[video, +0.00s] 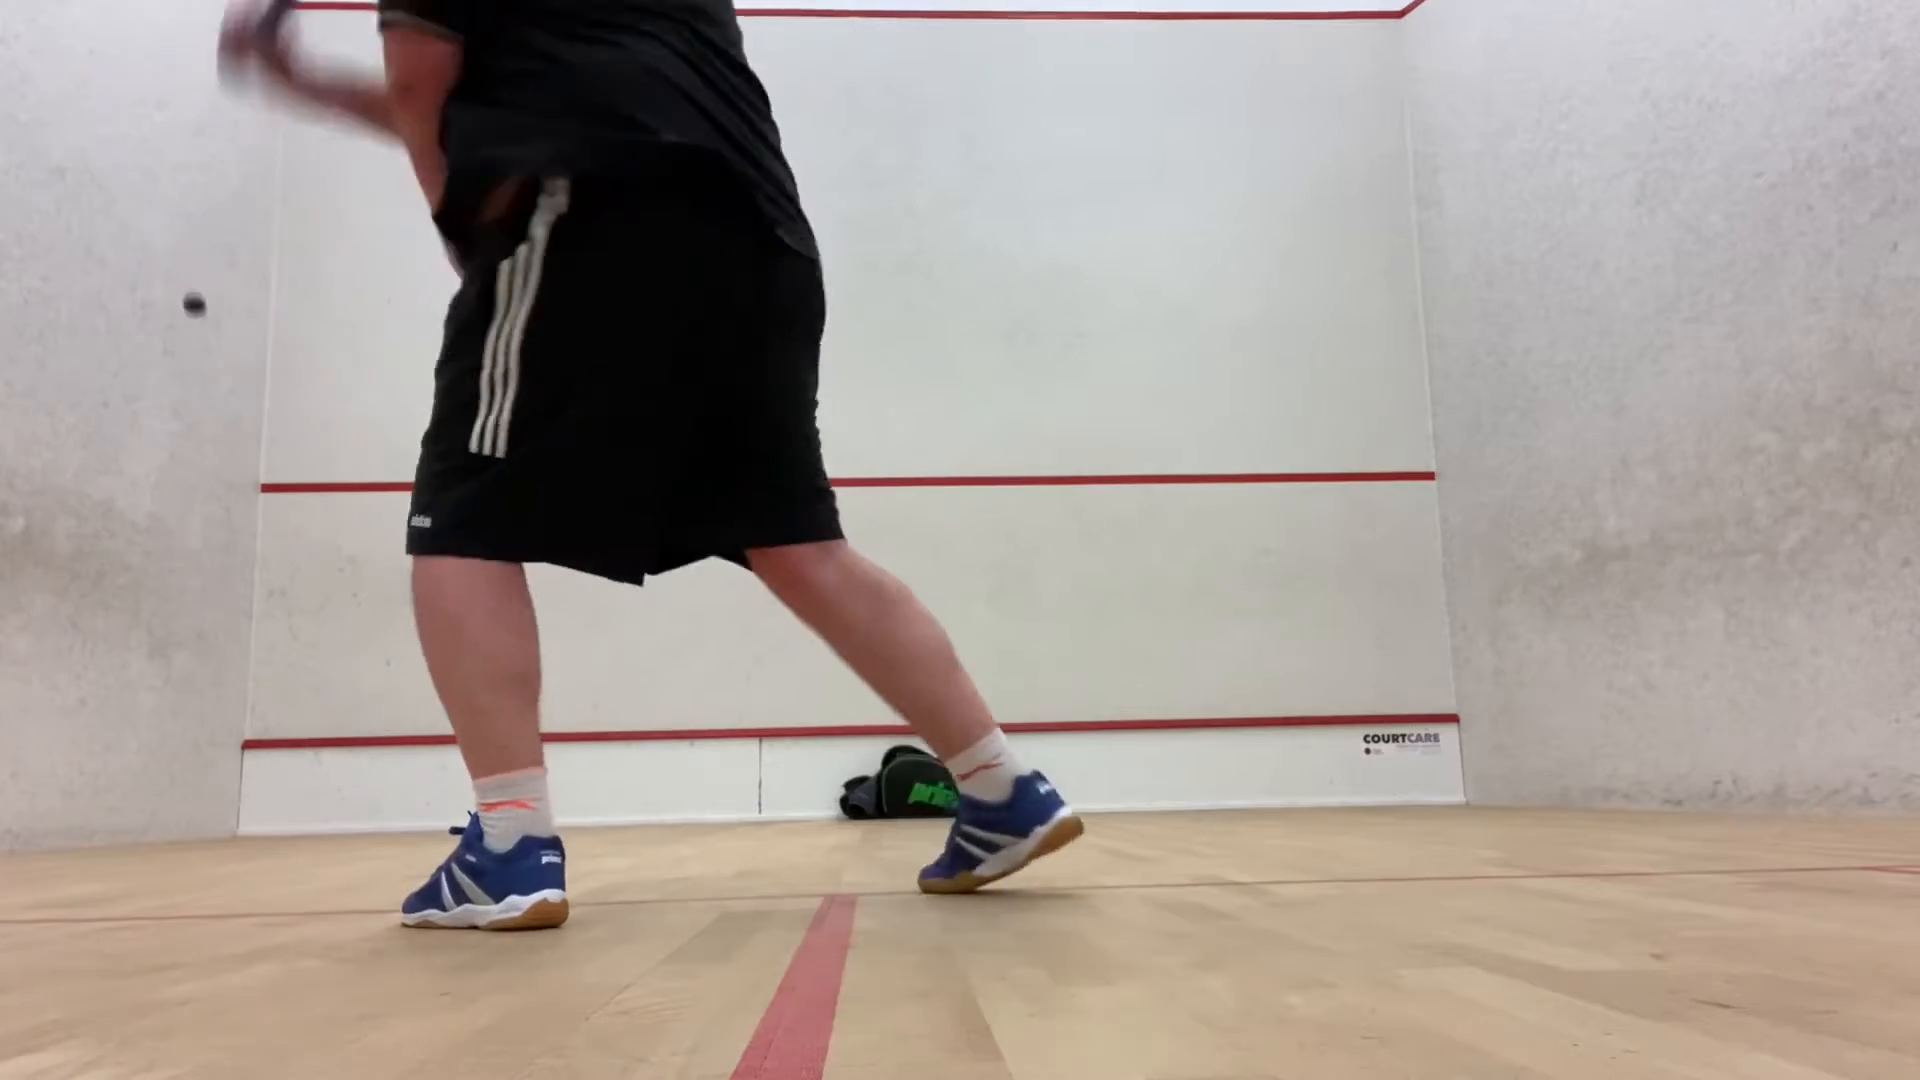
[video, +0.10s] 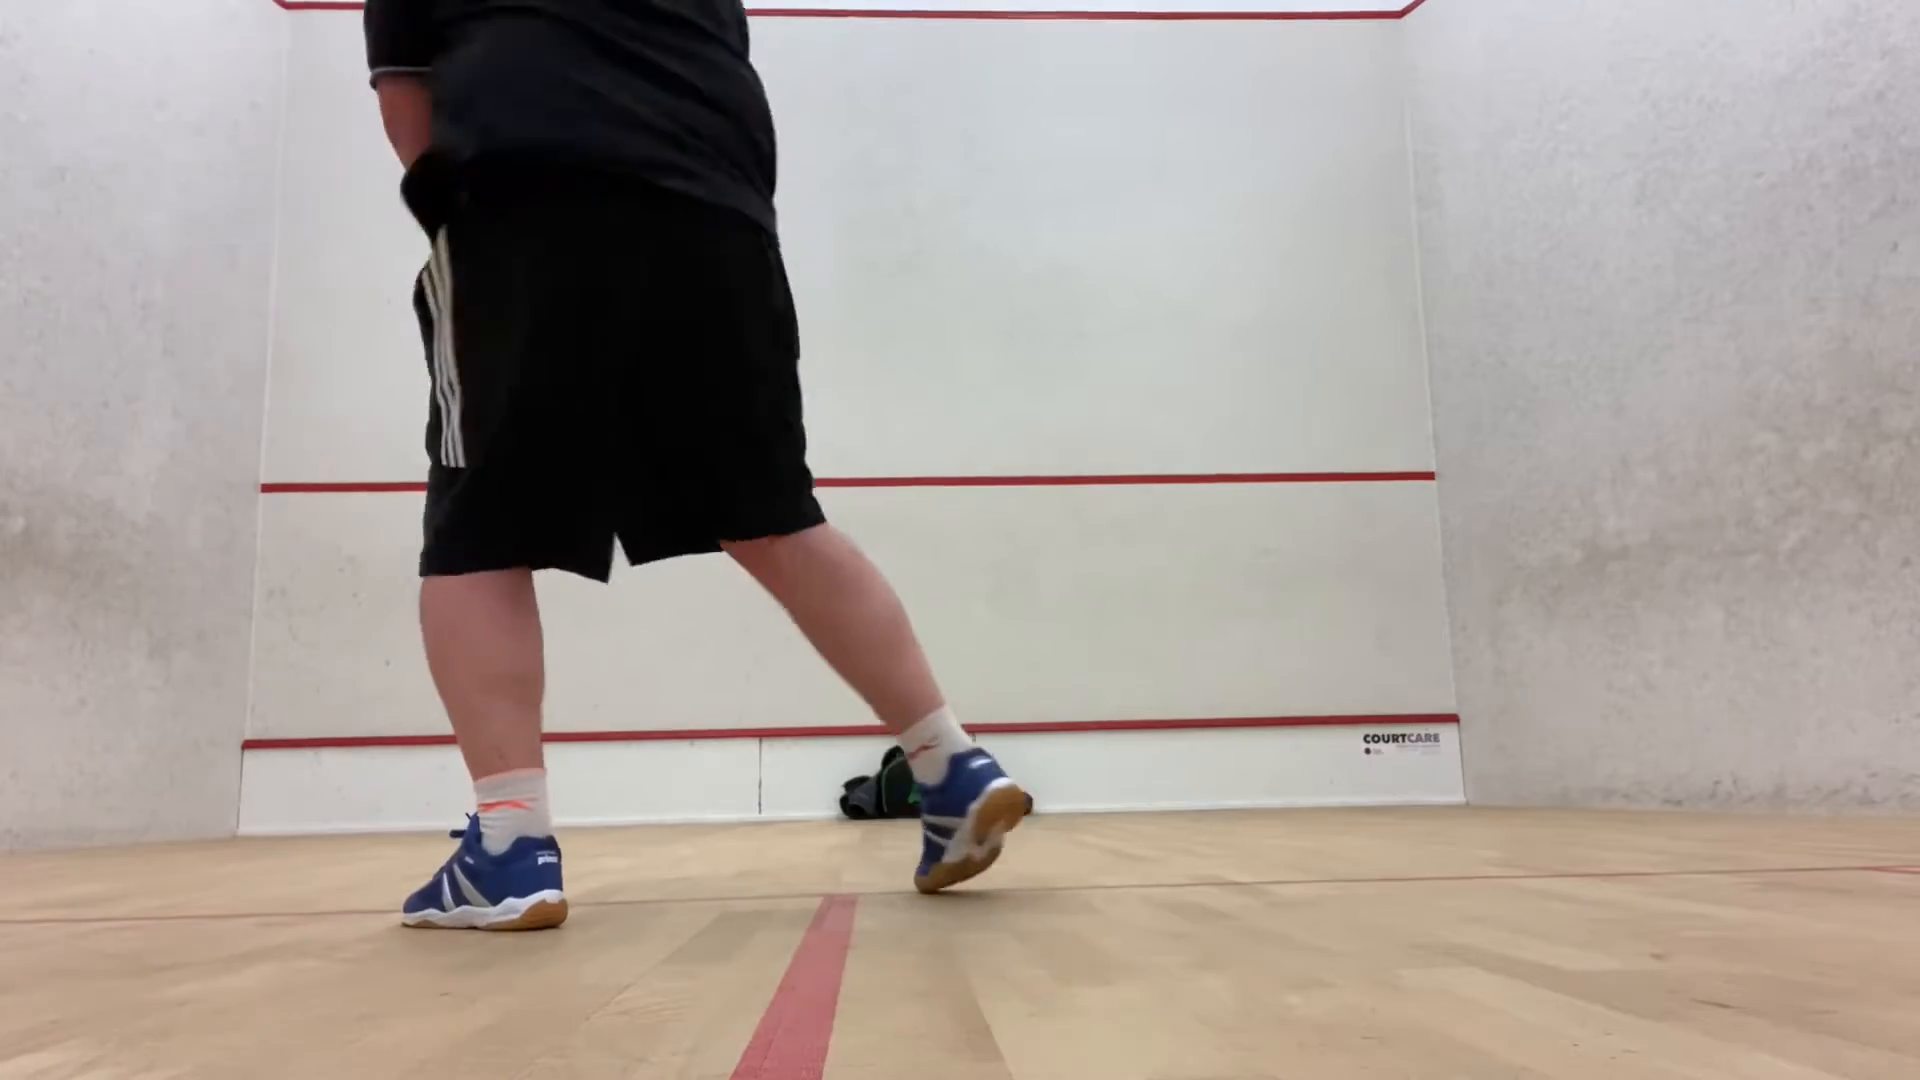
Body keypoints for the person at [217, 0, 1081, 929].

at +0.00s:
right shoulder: (669, 22)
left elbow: (417, 80)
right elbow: (469, 119)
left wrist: (463, 211)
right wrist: (303, 77)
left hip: (580, 218)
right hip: (757, 229)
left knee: (460, 531)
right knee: (789, 532)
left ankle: (512, 841)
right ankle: (1001, 789)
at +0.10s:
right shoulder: (704, 19)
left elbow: (404, 89)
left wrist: (460, 219)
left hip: (523, 206)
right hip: (712, 206)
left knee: (475, 536)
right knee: (766, 509)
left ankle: (510, 843)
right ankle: (952, 768)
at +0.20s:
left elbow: (413, 108)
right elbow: (832, 93)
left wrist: (484, 211)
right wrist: (948, 188)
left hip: (490, 215)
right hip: (675, 199)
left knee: (487, 532)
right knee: (766, 495)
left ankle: (512, 842)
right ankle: (906, 769)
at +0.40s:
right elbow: (742, 65)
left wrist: (725, 230)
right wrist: (721, 215)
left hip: (478, 139)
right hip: (655, 140)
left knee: (502, 513)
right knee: (766, 490)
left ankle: (511, 840)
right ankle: (884, 799)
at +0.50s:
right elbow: (739, 59)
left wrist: (774, 238)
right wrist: (778, 235)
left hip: (476, 167)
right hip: (649, 166)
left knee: (520, 524)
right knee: (771, 497)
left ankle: (513, 839)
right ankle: (883, 811)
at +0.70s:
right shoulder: (837, 1)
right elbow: (927, 54)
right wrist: (1128, 20)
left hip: (472, 234)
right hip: (655, 249)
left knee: (557, 569)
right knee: (808, 528)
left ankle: (435, 838)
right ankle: (884, 834)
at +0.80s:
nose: (983, 100)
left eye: (987, 78)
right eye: (987, 77)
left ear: (883, 37)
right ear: (956, 67)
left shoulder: (740, 51)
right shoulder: (906, 169)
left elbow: (571, 44)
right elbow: (970, 379)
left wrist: (471, 180)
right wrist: (1150, 345)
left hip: (465, 255)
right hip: (645, 274)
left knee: (571, 570)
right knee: (831, 516)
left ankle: (435, 841)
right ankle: (881, 827)